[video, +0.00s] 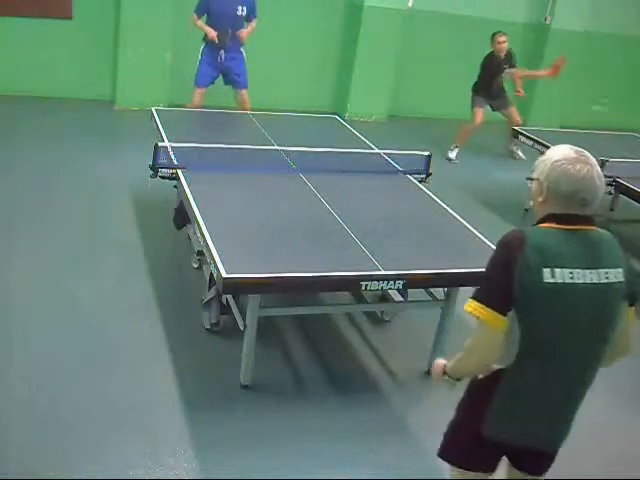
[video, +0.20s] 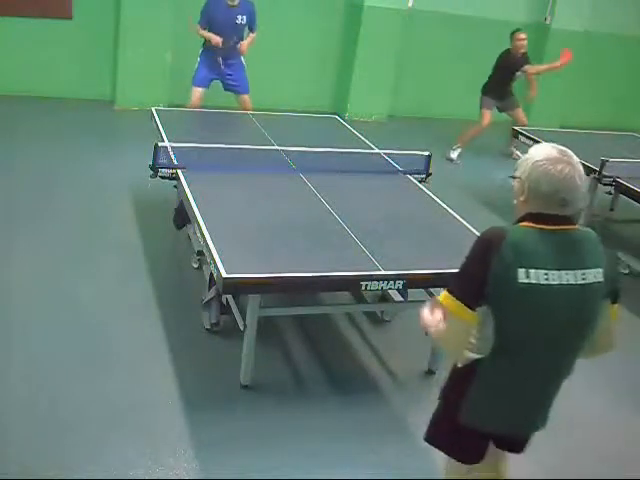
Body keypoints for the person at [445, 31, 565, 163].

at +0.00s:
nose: (502, 45)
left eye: (504, 42)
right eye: (499, 43)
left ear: (507, 43)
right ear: (492, 45)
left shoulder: (509, 54)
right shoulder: (490, 61)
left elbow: (514, 72)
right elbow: (518, 73)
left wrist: (518, 88)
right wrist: (546, 73)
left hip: (498, 91)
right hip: (480, 92)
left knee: (516, 121)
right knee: (477, 121)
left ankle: (513, 147)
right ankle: (455, 148)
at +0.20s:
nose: (523, 43)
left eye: (525, 40)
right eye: (519, 40)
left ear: (526, 42)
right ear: (512, 42)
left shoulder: (523, 56)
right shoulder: (508, 57)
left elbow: (530, 72)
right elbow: (531, 70)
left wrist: (532, 91)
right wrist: (555, 65)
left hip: (506, 92)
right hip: (490, 92)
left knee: (521, 122)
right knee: (485, 122)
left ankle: (511, 148)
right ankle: (458, 147)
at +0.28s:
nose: (528, 42)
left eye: (530, 39)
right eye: (524, 39)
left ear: (532, 41)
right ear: (517, 40)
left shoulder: (529, 55)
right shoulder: (510, 55)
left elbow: (533, 73)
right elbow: (527, 74)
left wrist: (539, 91)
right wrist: (553, 69)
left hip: (510, 93)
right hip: (493, 92)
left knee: (523, 123)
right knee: (486, 122)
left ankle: (512, 149)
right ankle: (461, 148)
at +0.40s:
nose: (534, 39)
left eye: (537, 35)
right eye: (531, 35)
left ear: (539, 38)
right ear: (524, 37)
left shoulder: (536, 54)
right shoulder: (512, 53)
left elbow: (538, 71)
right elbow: (511, 76)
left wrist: (542, 83)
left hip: (517, 90)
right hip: (499, 89)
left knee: (524, 122)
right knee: (489, 119)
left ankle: (523, 153)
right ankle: (470, 146)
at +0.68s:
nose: (542, 38)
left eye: (544, 35)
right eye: (539, 34)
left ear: (546, 37)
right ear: (531, 36)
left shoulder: (540, 52)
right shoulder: (517, 50)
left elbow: (538, 70)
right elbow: (501, 70)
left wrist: (539, 84)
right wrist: (516, 85)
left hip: (519, 88)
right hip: (501, 86)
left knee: (527, 121)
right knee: (491, 121)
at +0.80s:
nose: (546, 40)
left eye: (548, 37)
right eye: (543, 36)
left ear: (550, 39)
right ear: (536, 37)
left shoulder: (544, 54)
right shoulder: (522, 52)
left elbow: (545, 72)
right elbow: (507, 72)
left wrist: (550, 86)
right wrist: (520, 81)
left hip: (524, 91)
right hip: (508, 90)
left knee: (530, 123)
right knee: (500, 123)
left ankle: (513, 145)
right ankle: (495, 149)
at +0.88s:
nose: (547, 40)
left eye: (549, 37)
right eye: (544, 37)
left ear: (551, 39)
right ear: (537, 37)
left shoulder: (548, 54)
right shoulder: (523, 52)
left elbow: (553, 73)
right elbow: (509, 72)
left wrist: (561, 92)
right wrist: (518, 80)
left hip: (530, 93)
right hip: (513, 92)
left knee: (535, 124)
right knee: (503, 125)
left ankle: (514, 147)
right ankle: (487, 147)